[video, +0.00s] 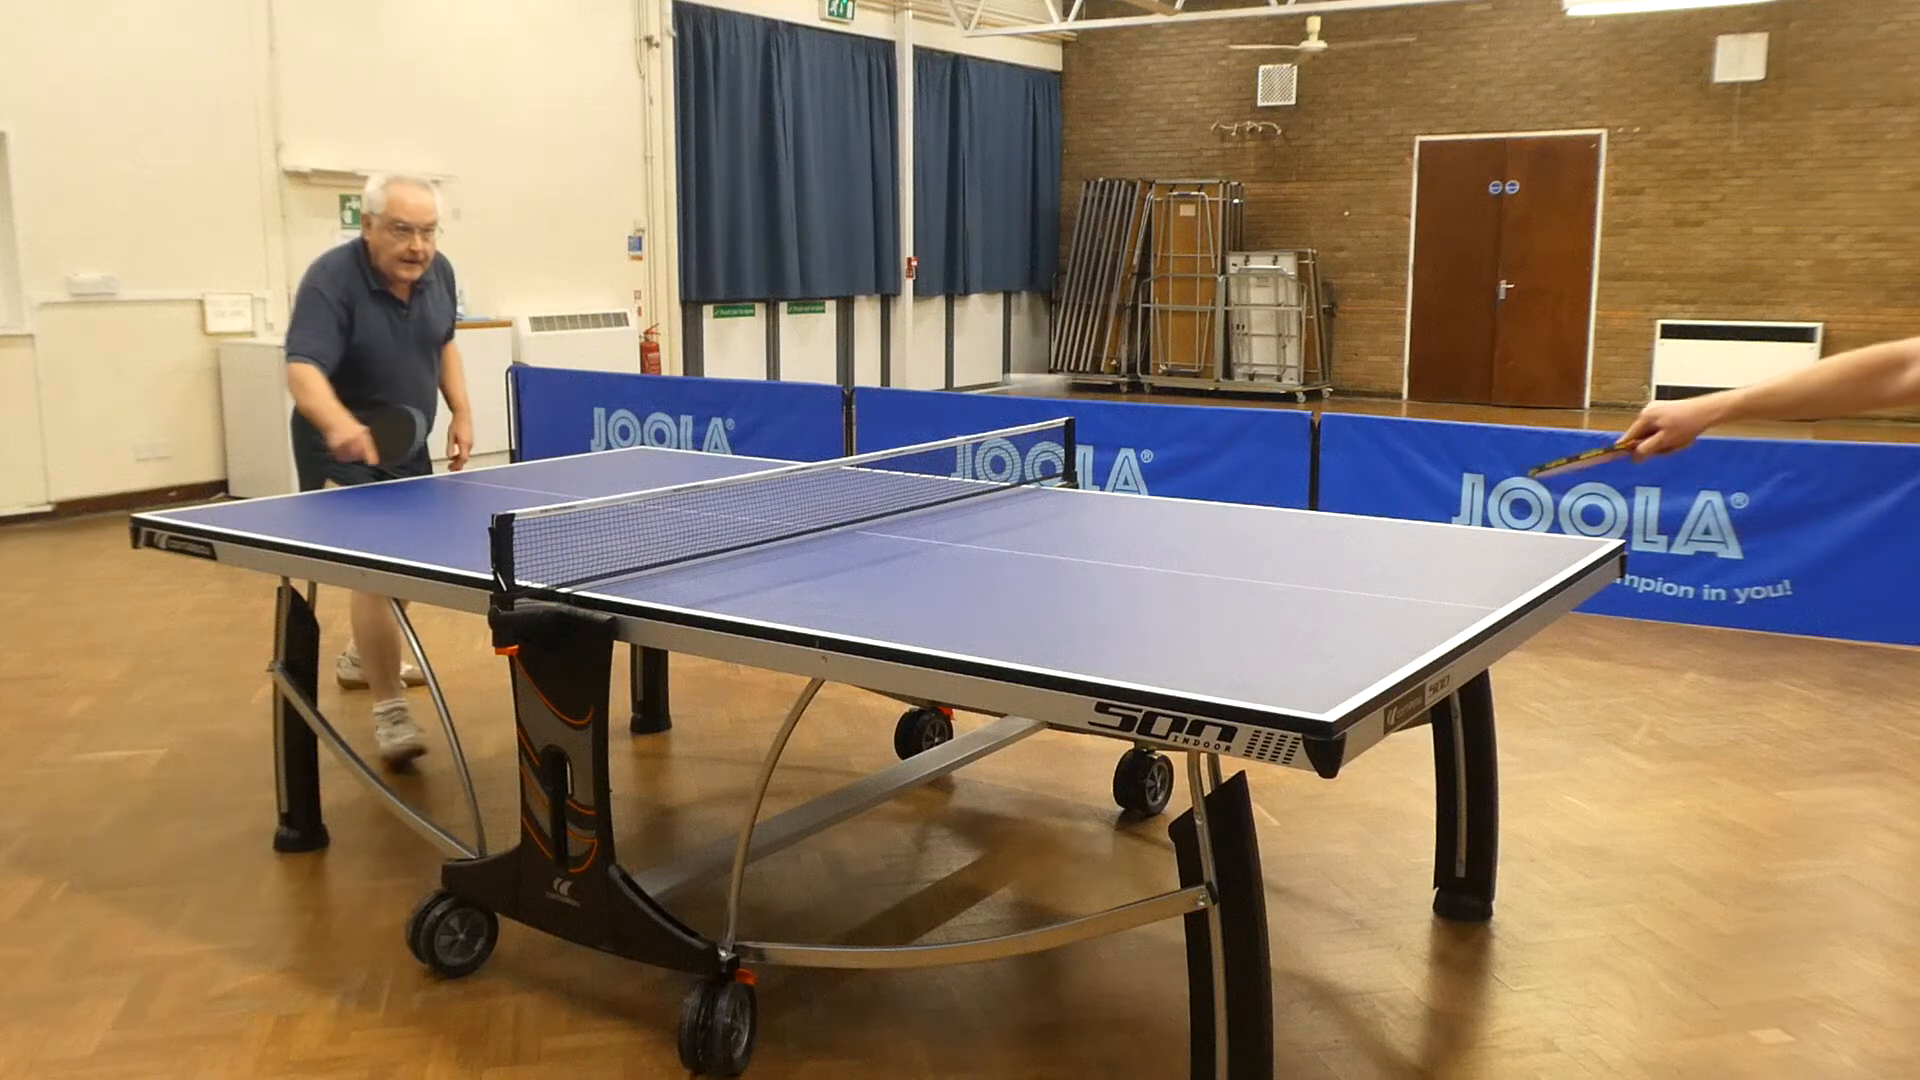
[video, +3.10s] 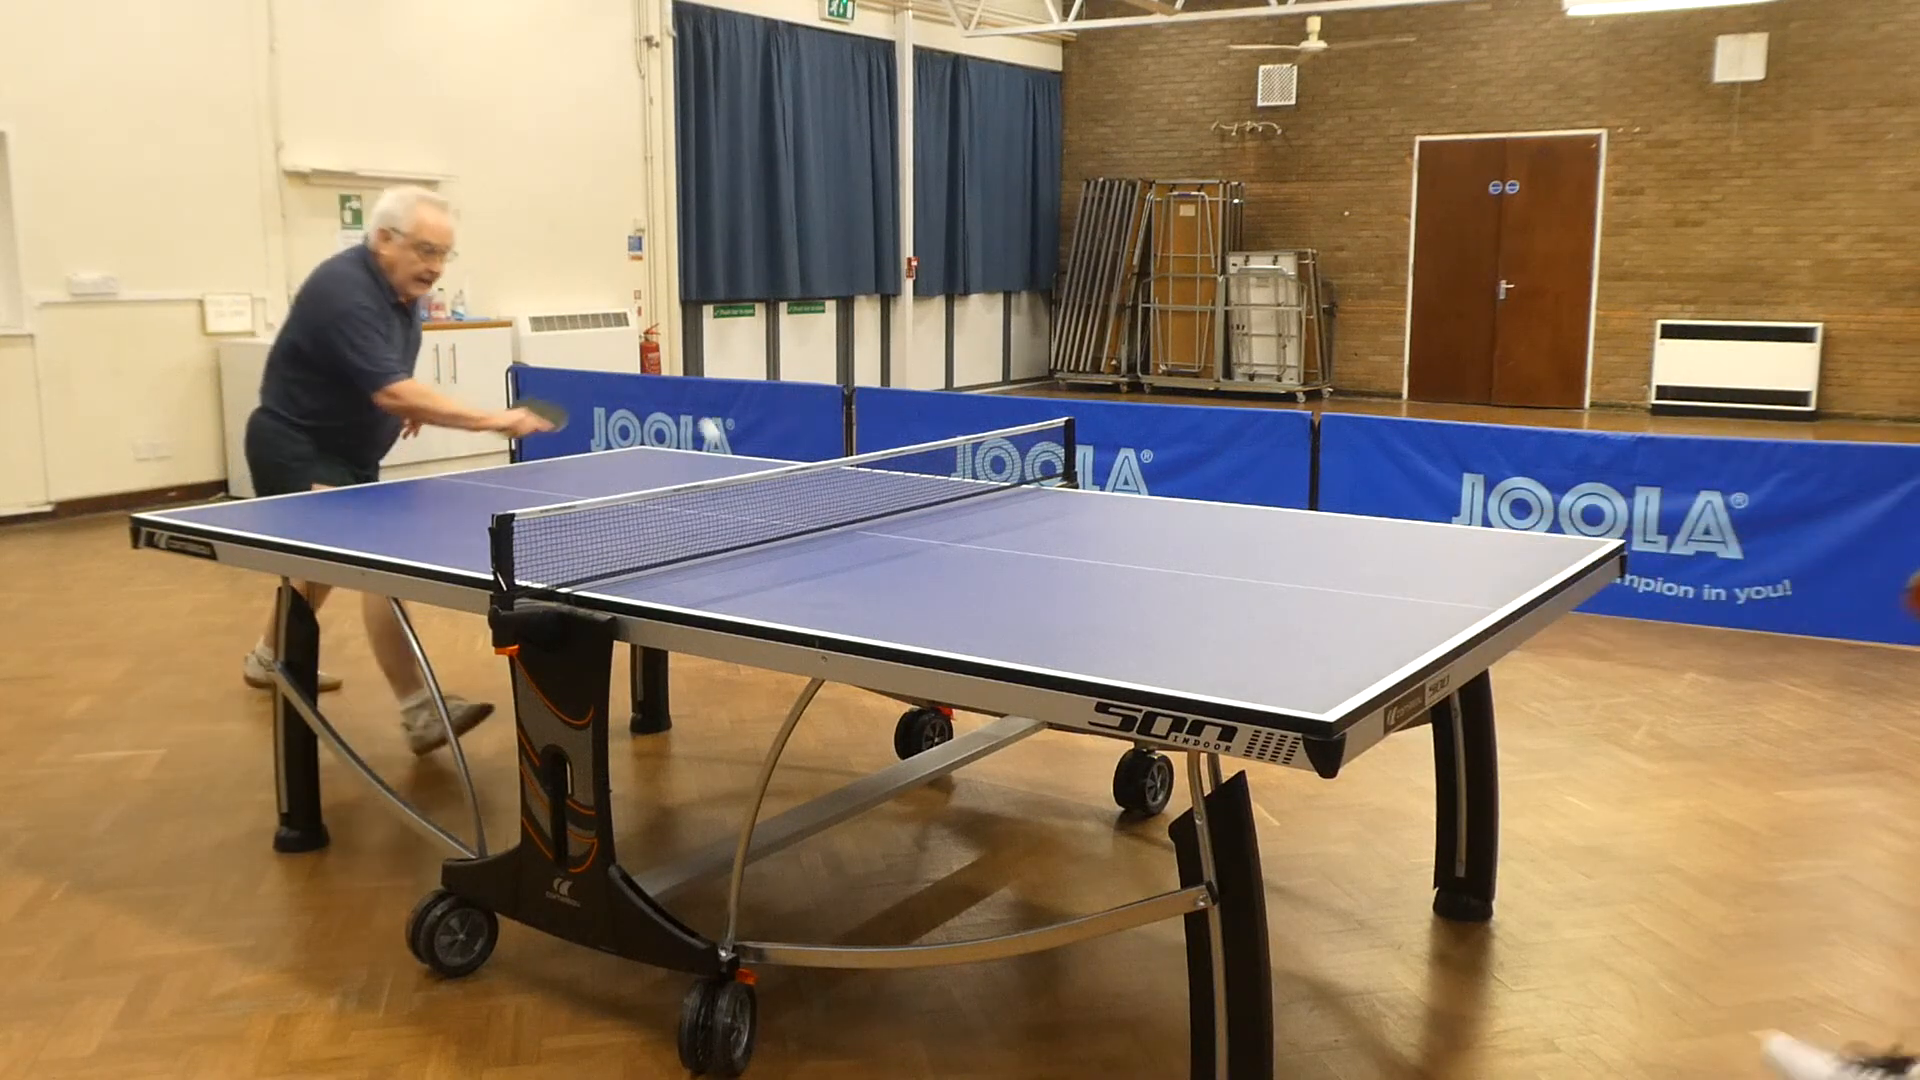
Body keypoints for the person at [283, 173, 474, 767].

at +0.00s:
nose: (416, 245)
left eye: (427, 231)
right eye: (401, 230)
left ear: (437, 230)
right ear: (369, 227)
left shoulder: (437, 273)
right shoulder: (332, 278)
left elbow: (444, 344)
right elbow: (301, 370)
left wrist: (462, 410)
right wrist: (337, 422)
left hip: (410, 449)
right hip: (343, 452)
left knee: (400, 559)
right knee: (373, 572)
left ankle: (363, 652)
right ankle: (391, 709)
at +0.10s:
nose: (402, 247)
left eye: (413, 233)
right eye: (387, 233)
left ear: (425, 230)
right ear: (355, 228)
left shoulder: (430, 272)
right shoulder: (320, 281)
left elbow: (443, 341)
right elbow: (278, 369)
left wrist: (464, 406)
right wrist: (288, 430)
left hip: (409, 457)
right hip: (342, 460)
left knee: (400, 567)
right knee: (364, 578)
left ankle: (369, 649)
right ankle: (374, 714)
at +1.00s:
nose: (326, 212)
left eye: (335, 199)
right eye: (310, 199)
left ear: (344, 199)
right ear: (275, 202)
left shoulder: (356, 250)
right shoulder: (246, 262)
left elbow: (378, 329)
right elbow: (230, 349)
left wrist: (412, 392)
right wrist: (257, 396)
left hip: (355, 439)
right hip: (283, 443)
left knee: (372, 558)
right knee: (311, 563)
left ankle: (315, 659)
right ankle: (317, 703)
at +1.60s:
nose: (345, 237)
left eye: (353, 223)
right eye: (330, 221)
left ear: (359, 221)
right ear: (291, 214)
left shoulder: (346, 262)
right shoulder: (249, 265)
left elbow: (351, 338)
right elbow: (235, 365)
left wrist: (374, 401)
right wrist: (312, 429)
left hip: (334, 435)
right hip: (261, 433)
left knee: (354, 551)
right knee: (294, 547)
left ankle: (309, 656)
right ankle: (289, 681)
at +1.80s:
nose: (379, 277)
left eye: (386, 265)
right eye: (369, 261)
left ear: (386, 258)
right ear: (325, 247)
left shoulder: (350, 295)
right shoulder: (272, 292)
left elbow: (345, 367)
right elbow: (296, 394)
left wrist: (357, 420)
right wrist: (403, 420)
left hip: (323, 462)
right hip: (263, 470)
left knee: (337, 563)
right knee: (305, 585)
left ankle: (313, 658)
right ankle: (311, 748)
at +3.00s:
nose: (403, 260)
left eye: (412, 247)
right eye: (390, 243)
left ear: (418, 247)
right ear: (350, 235)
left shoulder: (386, 293)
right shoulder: (311, 285)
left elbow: (387, 376)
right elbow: (343, 391)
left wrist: (409, 426)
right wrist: (444, 437)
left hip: (350, 453)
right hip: (290, 452)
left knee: (331, 562)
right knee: (364, 559)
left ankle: (274, 656)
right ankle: (369, 703)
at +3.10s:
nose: (436, 268)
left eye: (443, 255)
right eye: (426, 252)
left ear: (443, 252)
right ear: (383, 242)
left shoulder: (398, 289)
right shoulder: (343, 288)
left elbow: (386, 355)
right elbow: (390, 393)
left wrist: (404, 400)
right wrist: (495, 421)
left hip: (351, 450)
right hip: (296, 447)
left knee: (324, 558)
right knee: (381, 569)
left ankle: (271, 656)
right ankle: (422, 712)